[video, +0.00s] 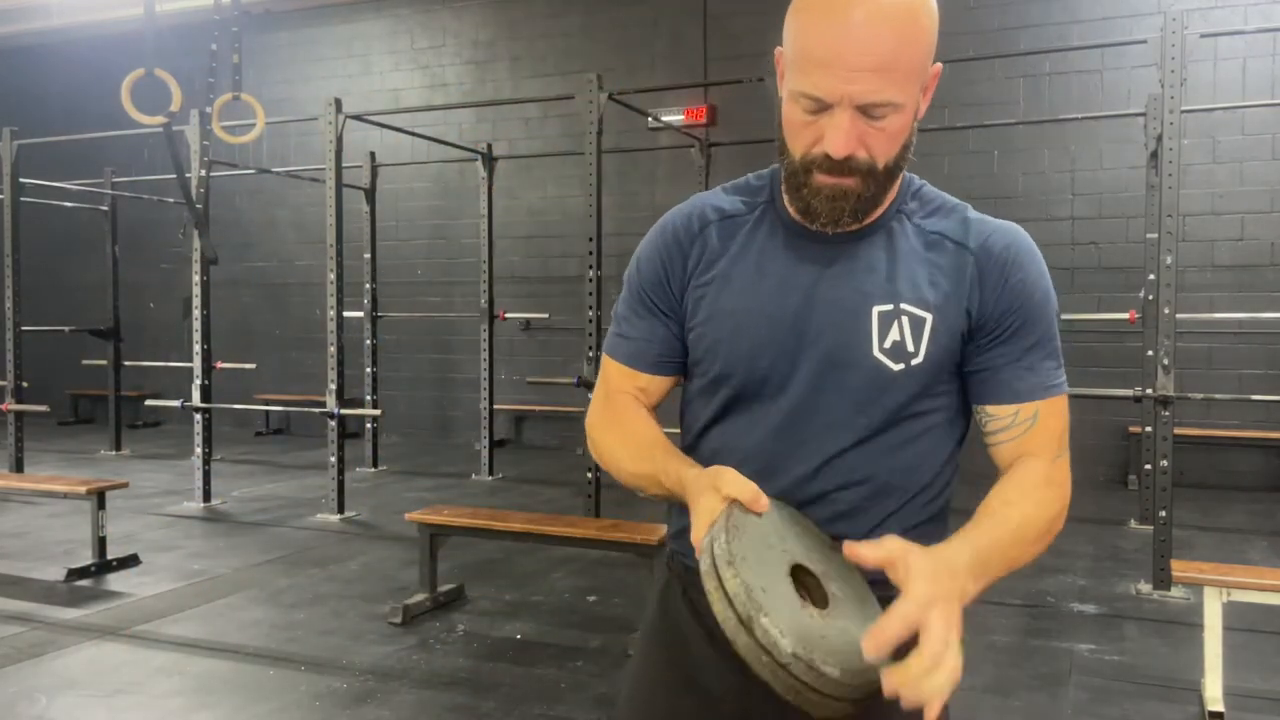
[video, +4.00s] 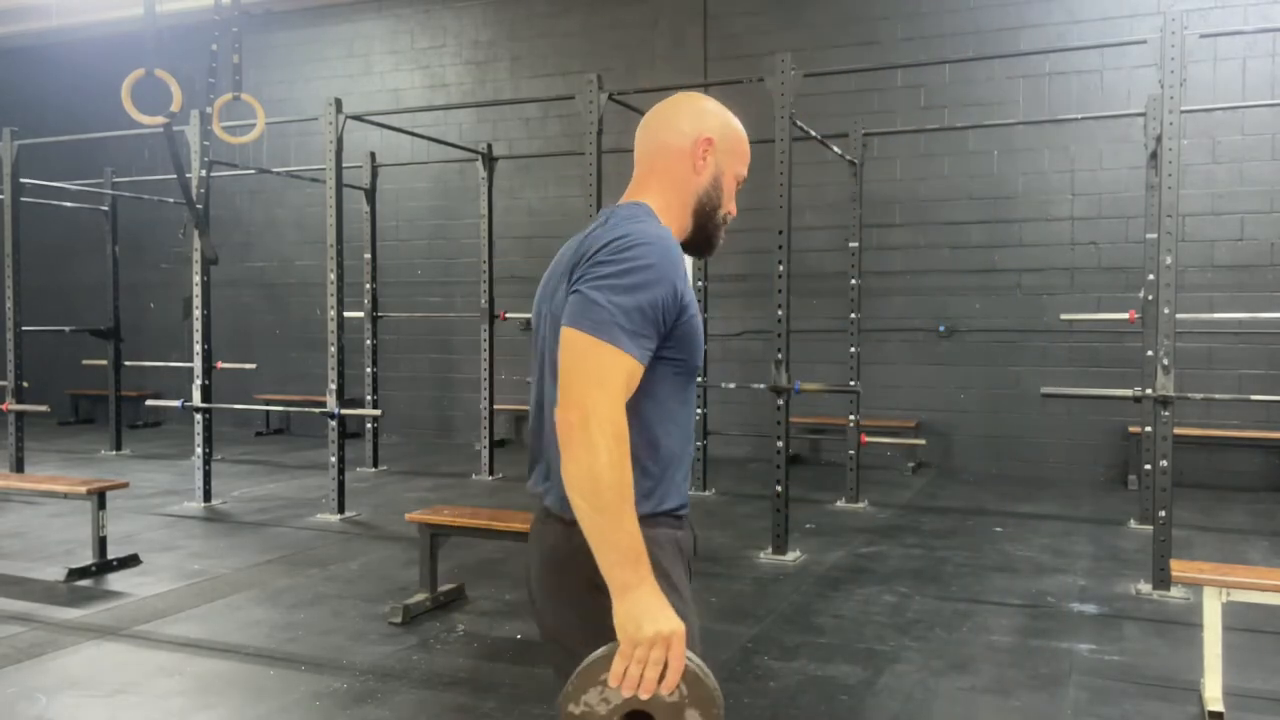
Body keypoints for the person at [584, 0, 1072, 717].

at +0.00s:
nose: (839, 144)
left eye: (874, 111)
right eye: (813, 106)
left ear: (926, 92)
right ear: (778, 74)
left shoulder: (991, 263)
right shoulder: (689, 242)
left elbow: (1040, 476)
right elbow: (612, 415)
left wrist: (953, 571)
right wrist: (686, 477)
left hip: (884, 634)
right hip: (702, 615)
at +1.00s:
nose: (827, 141)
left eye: (857, 105)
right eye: (798, 106)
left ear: (904, 90)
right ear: (758, 84)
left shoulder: (976, 276)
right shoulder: (677, 232)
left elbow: (999, 486)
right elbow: (595, 421)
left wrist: (943, 656)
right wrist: (741, 481)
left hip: (863, 661)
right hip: (682, 637)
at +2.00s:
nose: (867, 143)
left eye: (901, 111)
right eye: (840, 105)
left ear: (941, 99)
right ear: (795, 79)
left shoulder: (989, 283)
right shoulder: (700, 217)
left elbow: (995, 491)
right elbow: (587, 390)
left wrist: (938, 659)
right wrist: (742, 479)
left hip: (871, 648)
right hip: (693, 627)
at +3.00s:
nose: (774, 158)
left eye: (806, 131)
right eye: (753, 117)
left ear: (831, 127)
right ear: (701, 84)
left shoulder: (846, 270)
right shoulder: (589, 242)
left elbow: (869, 437)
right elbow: (462, 428)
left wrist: (933, 607)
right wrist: (505, 623)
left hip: (788, 627)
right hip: (620, 626)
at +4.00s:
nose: (734, 206)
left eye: (740, 187)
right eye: (737, 181)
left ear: (668, 155)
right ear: (702, 154)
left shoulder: (584, 250)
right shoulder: (642, 249)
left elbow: (569, 423)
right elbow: (587, 415)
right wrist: (634, 589)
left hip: (578, 549)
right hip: (622, 555)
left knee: (611, 702)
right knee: (650, 705)